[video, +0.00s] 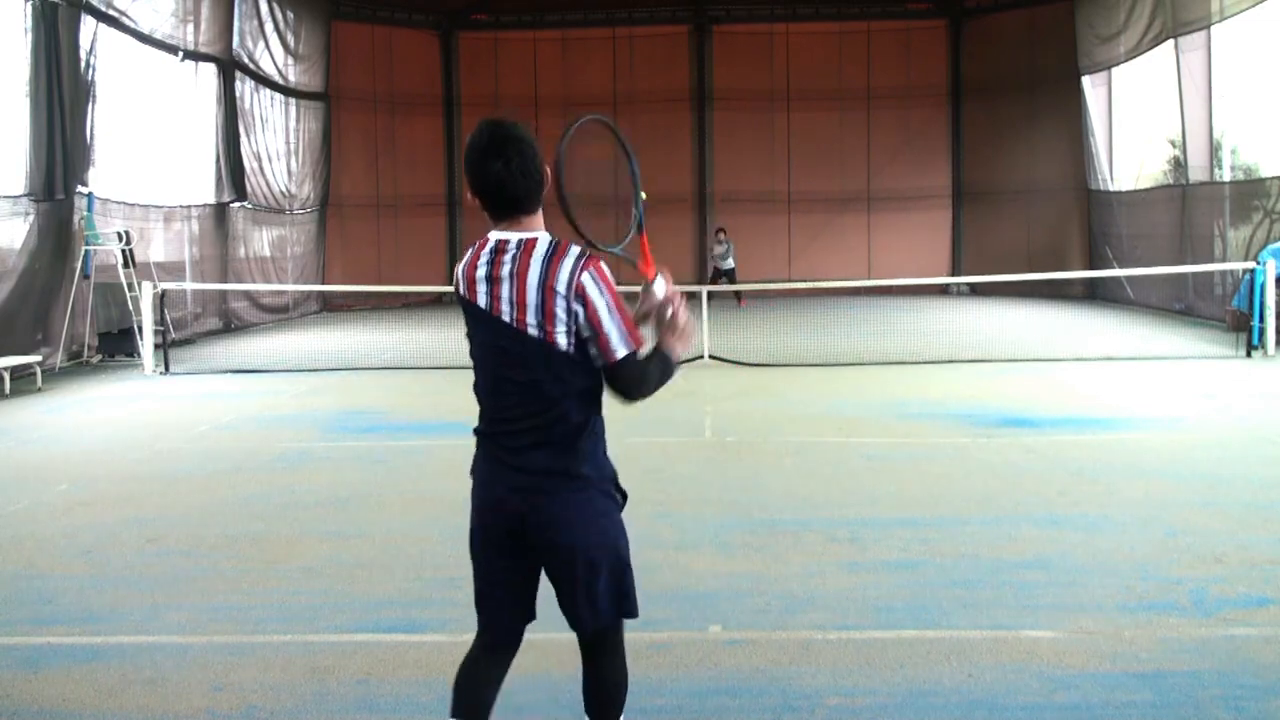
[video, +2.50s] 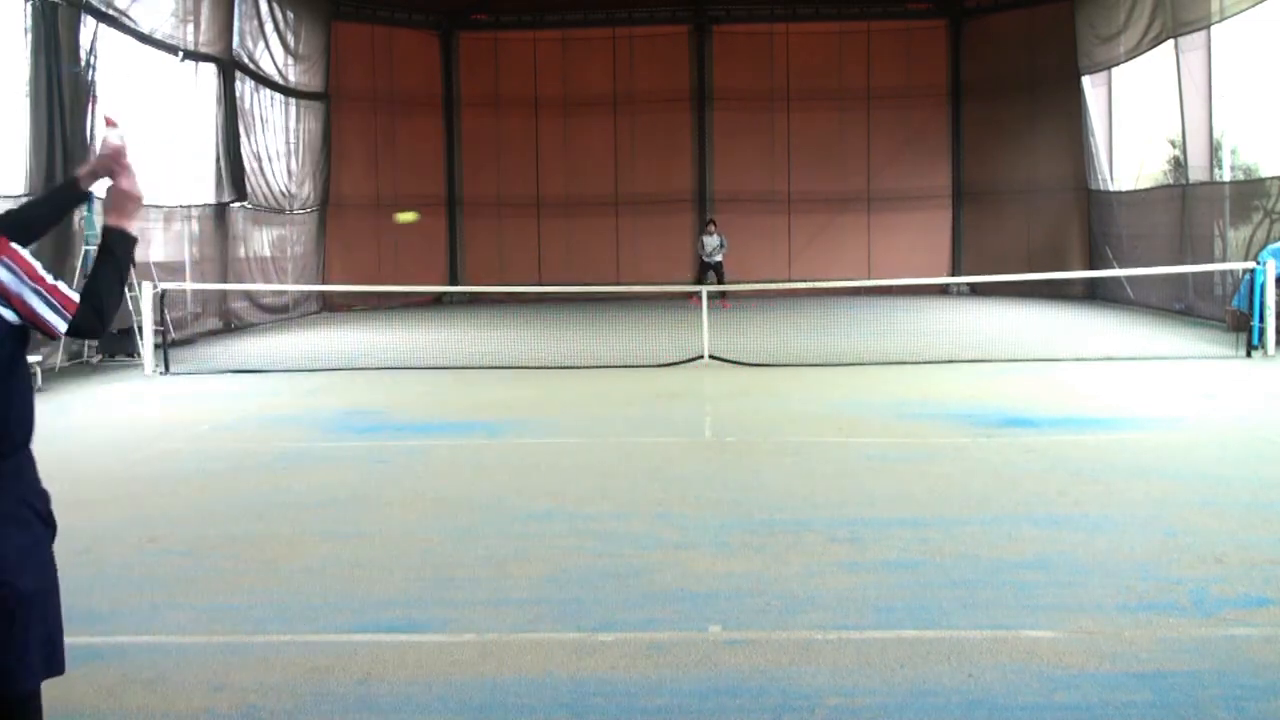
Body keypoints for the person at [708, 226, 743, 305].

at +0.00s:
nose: (720, 237)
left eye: (722, 235)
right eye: (719, 235)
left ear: (725, 236)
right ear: (716, 236)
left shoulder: (729, 245)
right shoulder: (714, 245)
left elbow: (726, 256)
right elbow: (712, 257)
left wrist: (716, 257)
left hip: (729, 267)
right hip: (718, 268)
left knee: (734, 285)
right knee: (711, 285)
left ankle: (740, 300)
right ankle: (708, 301)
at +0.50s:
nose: (714, 239)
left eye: (716, 237)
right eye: (713, 237)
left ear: (719, 237)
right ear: (711, 238)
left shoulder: (720, 246)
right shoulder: (714, 247)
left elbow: (709, 255)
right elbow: (708, 255)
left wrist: (696, 257)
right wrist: (696, 257)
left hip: (729, 267)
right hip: (721, 269)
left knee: (732, 284)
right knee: (715, 284)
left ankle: (748, 297)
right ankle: (716, 300)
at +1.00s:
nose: (721, 228)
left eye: (722, 226)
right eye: (720, 227)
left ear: (726, 227)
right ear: (718, 228)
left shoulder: (732, 235)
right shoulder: (719, 236)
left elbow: (738, 237)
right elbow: (718, 233)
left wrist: (740, 230)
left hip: (733, 259)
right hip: (722, 258)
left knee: (737, 279)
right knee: (717, 279)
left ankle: (740, 298)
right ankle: (716, 298)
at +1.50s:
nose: (736, 233)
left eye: (737, 231)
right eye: (734, 231)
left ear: (739, 232)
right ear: (731, 233)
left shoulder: (739, 243)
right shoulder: (732, 241)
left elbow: (741, 251)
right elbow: (739, 245)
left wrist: (747, 249)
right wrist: (747, 248)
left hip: (735, 265)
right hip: (727, 263)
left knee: (738, 283)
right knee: (721, 281)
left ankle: (738, 301)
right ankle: (713, 297)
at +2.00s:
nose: (722, 230)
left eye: (724, 227)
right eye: (721, 227)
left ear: (727, 229)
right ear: (718, 229)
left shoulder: (729, 239)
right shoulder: (715, 239)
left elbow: (730, 251)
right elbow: (710, 251)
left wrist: (736, 249)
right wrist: (721, 254)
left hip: (725, 263)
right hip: (715, 262)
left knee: (727, 282)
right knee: (715, 281)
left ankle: (723, 299)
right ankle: (714, 299)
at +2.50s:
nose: (711, 229)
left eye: (713, 226)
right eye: (709, 227)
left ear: (715, 228)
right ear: (706, 228)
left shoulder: (720, 237)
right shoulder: (703, 237)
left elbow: (724, 247)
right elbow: (699, 248)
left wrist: (718, 253)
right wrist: (704, 254)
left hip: (717, 260)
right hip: (706, 260)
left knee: (721, 279)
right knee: (700, 278)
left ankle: (723, 298)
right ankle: (696, 295)